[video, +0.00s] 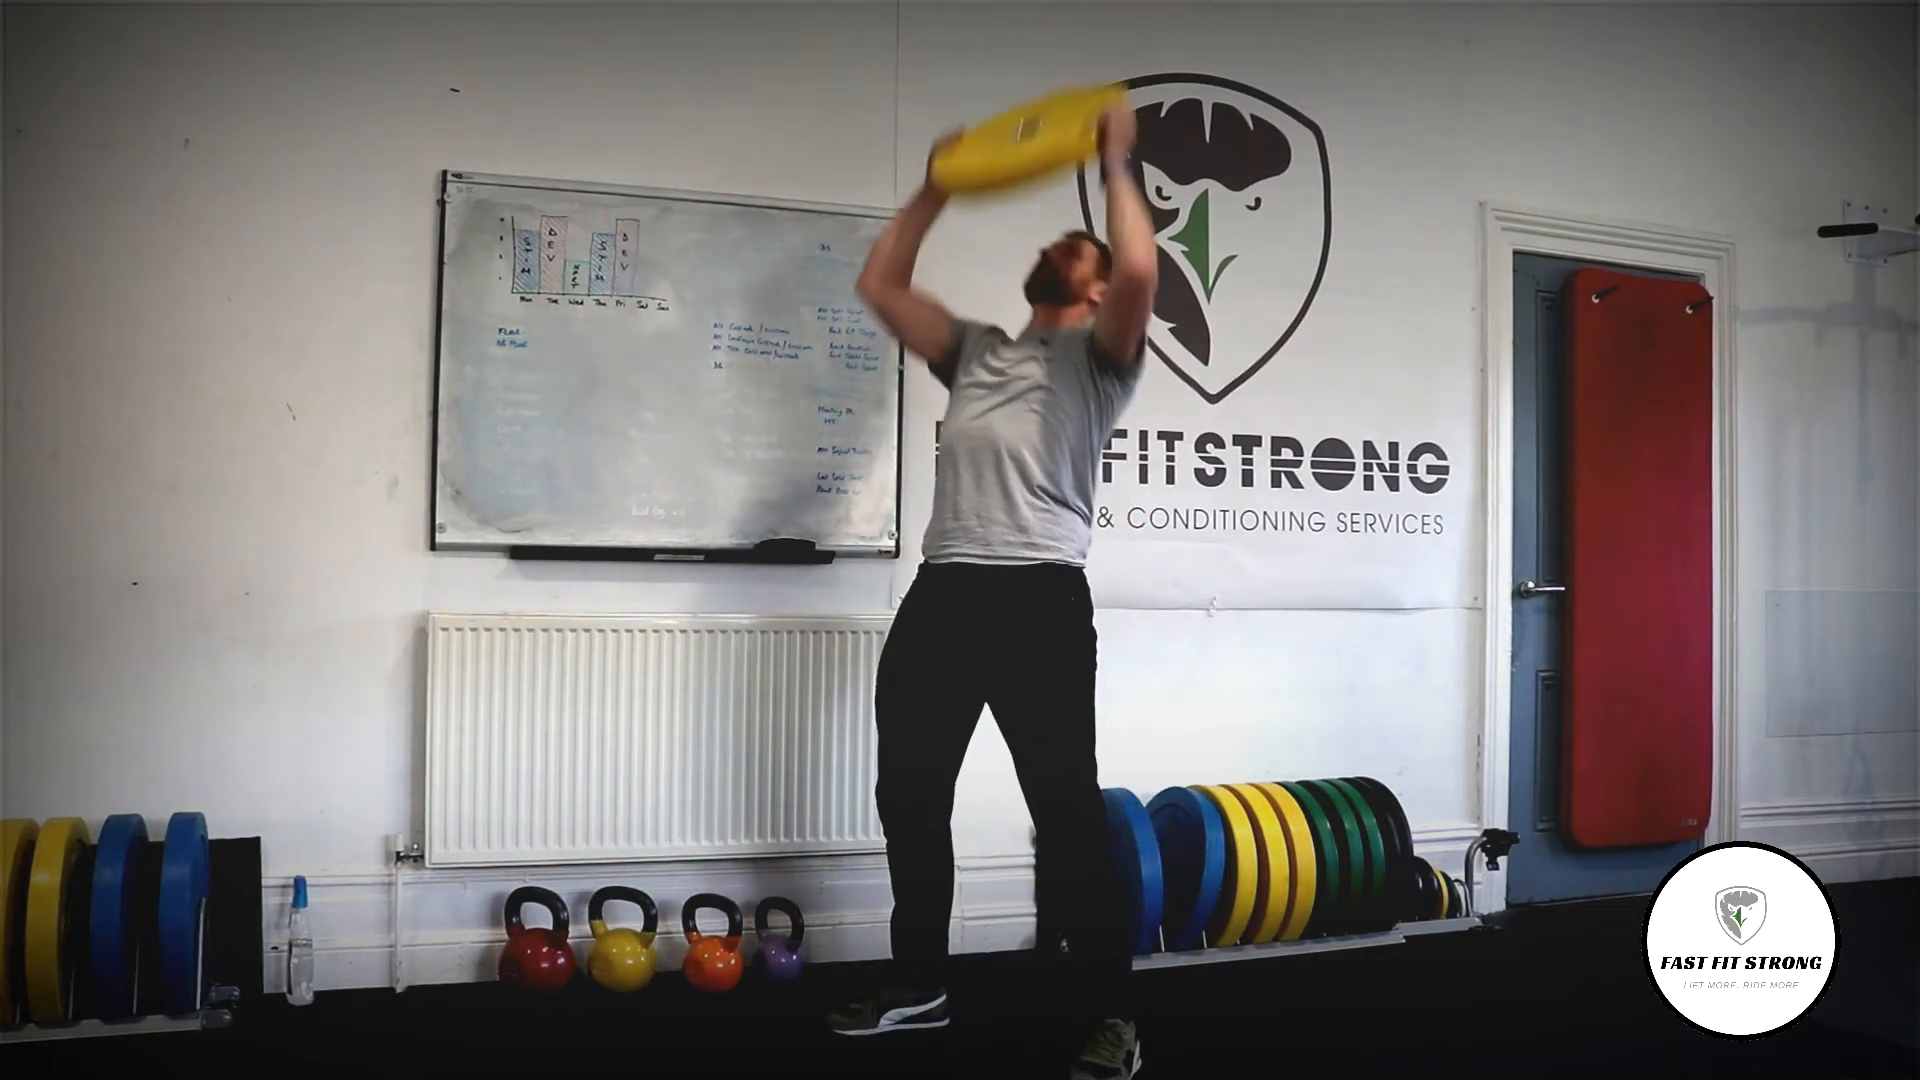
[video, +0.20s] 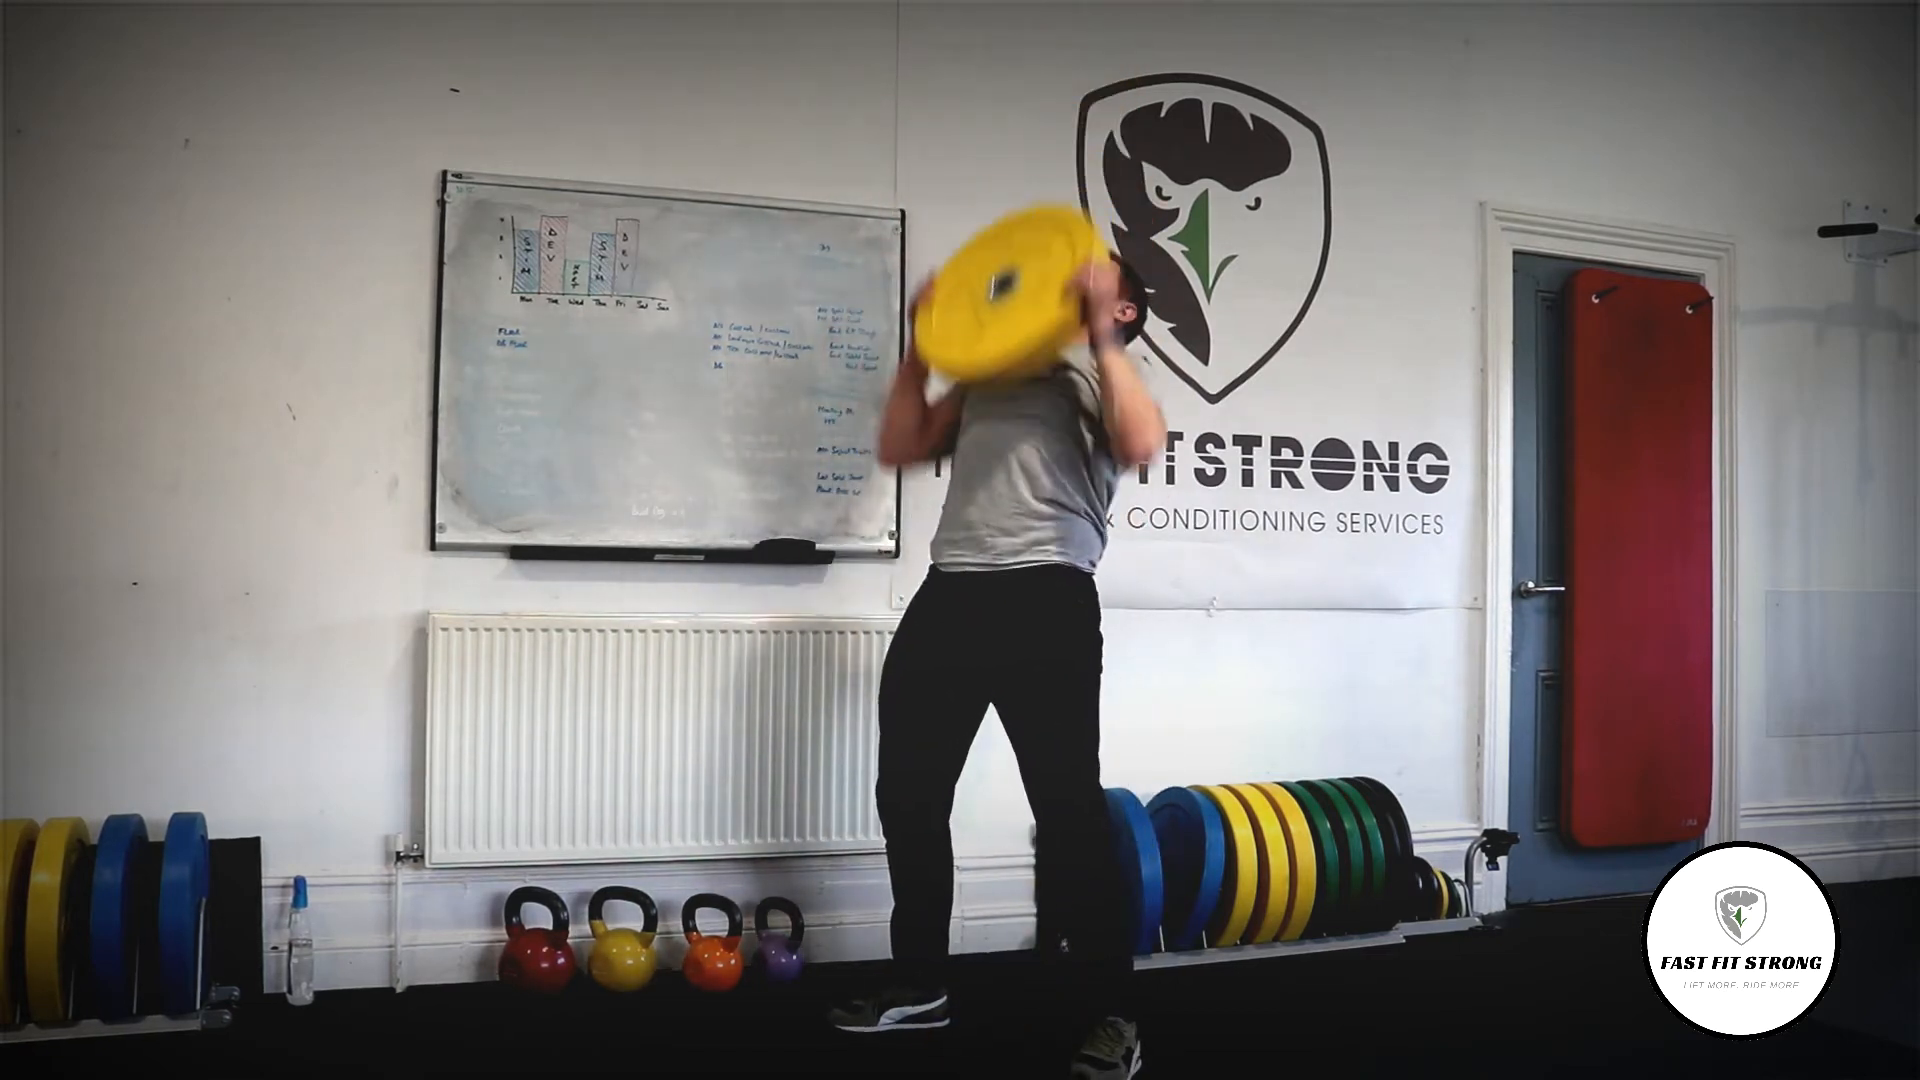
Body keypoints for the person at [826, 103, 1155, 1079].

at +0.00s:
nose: (1062, 252)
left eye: (1082, 252)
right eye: (1057, 248)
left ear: (1104, 287)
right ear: (1035, 281)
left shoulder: (1099, 360)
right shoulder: (973, 350)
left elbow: (1136, 276)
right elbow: (881, 283)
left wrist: (1117, 163)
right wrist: (934, 190)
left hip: (1041, 596)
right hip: (941, 595)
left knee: (1064, 804)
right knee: (910, 798)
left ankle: (1097, 1011)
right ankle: (919, 987)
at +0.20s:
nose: (1076, 285)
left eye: (1097, 282)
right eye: (1074, 275)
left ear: (1124, 313)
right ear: (1046, 286)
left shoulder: (1109, 381)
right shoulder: (991, 373)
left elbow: (1141, 448)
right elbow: (899, 449)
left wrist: (1103, 332)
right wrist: (918, 345)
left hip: (1047, 596)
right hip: (949, 597)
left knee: (1067, 806)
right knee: (909, 799)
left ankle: (1101, 1011)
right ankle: (921, 988)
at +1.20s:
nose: (928, 325)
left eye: (941, 307)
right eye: (918, 309)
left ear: (987, 286)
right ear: (912, 302)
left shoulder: (1058, 358)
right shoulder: (920, 377)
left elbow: (1100, 492)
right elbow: (918, 505)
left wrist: (1088, 624)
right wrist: (898, 616)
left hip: (1089, 603)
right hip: (993, 608)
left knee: (1107, 806)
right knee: (936, 787)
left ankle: (1118, 1014)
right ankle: (917, 982)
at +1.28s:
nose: (910, 355)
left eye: (923, 336)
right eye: (899, 338)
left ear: (970, 312)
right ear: (891, 328)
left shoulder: (1047, 382)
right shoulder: (904, 401)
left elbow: (1078, 519)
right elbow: (906, 531)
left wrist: (1082, 655)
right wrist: (889, 652)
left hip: (1096, 605)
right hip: (1002, 612)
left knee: (1111, 800)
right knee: (937, 770)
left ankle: (1119, 1009)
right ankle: (917, 982)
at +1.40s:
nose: (891, 423)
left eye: (902, 404)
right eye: (879, 407)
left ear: (947, 375)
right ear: (871, 396)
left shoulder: (1037, 455)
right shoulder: (885, 475)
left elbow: (1059, 597)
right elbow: (891, 606)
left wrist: (1068, 738)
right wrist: (883, 733)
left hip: (1101, 635)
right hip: (997, 639)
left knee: (1116, 825)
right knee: (912, 772)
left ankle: (1117, 1018)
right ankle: (915, 984)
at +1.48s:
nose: (884, 477)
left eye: (894, 458)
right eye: (872, 463)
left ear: (939, 429)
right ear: (860, 455)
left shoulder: (1030, 499)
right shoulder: (877, 530)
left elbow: (1051, 647)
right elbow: (887, 660)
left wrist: (1059, 793)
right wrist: (883, 785)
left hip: (1103, 657)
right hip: (995, 668)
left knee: (1131, 823)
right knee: (876, 780)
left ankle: (1117, 1020)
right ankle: (915, 982)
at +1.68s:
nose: (868, 586)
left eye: (880, 565)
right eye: (856, 570)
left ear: (926, 536)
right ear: (845, 555)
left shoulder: (1020, 604)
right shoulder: (867, 621)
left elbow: (1041, 754)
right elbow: (881, 752)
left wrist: (1054, 895)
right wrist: (878, 882)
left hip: (1100, 729)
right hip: (988, 741)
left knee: (1136, 860)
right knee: (847, 797)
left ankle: (1114, 1028)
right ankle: (907, 988)